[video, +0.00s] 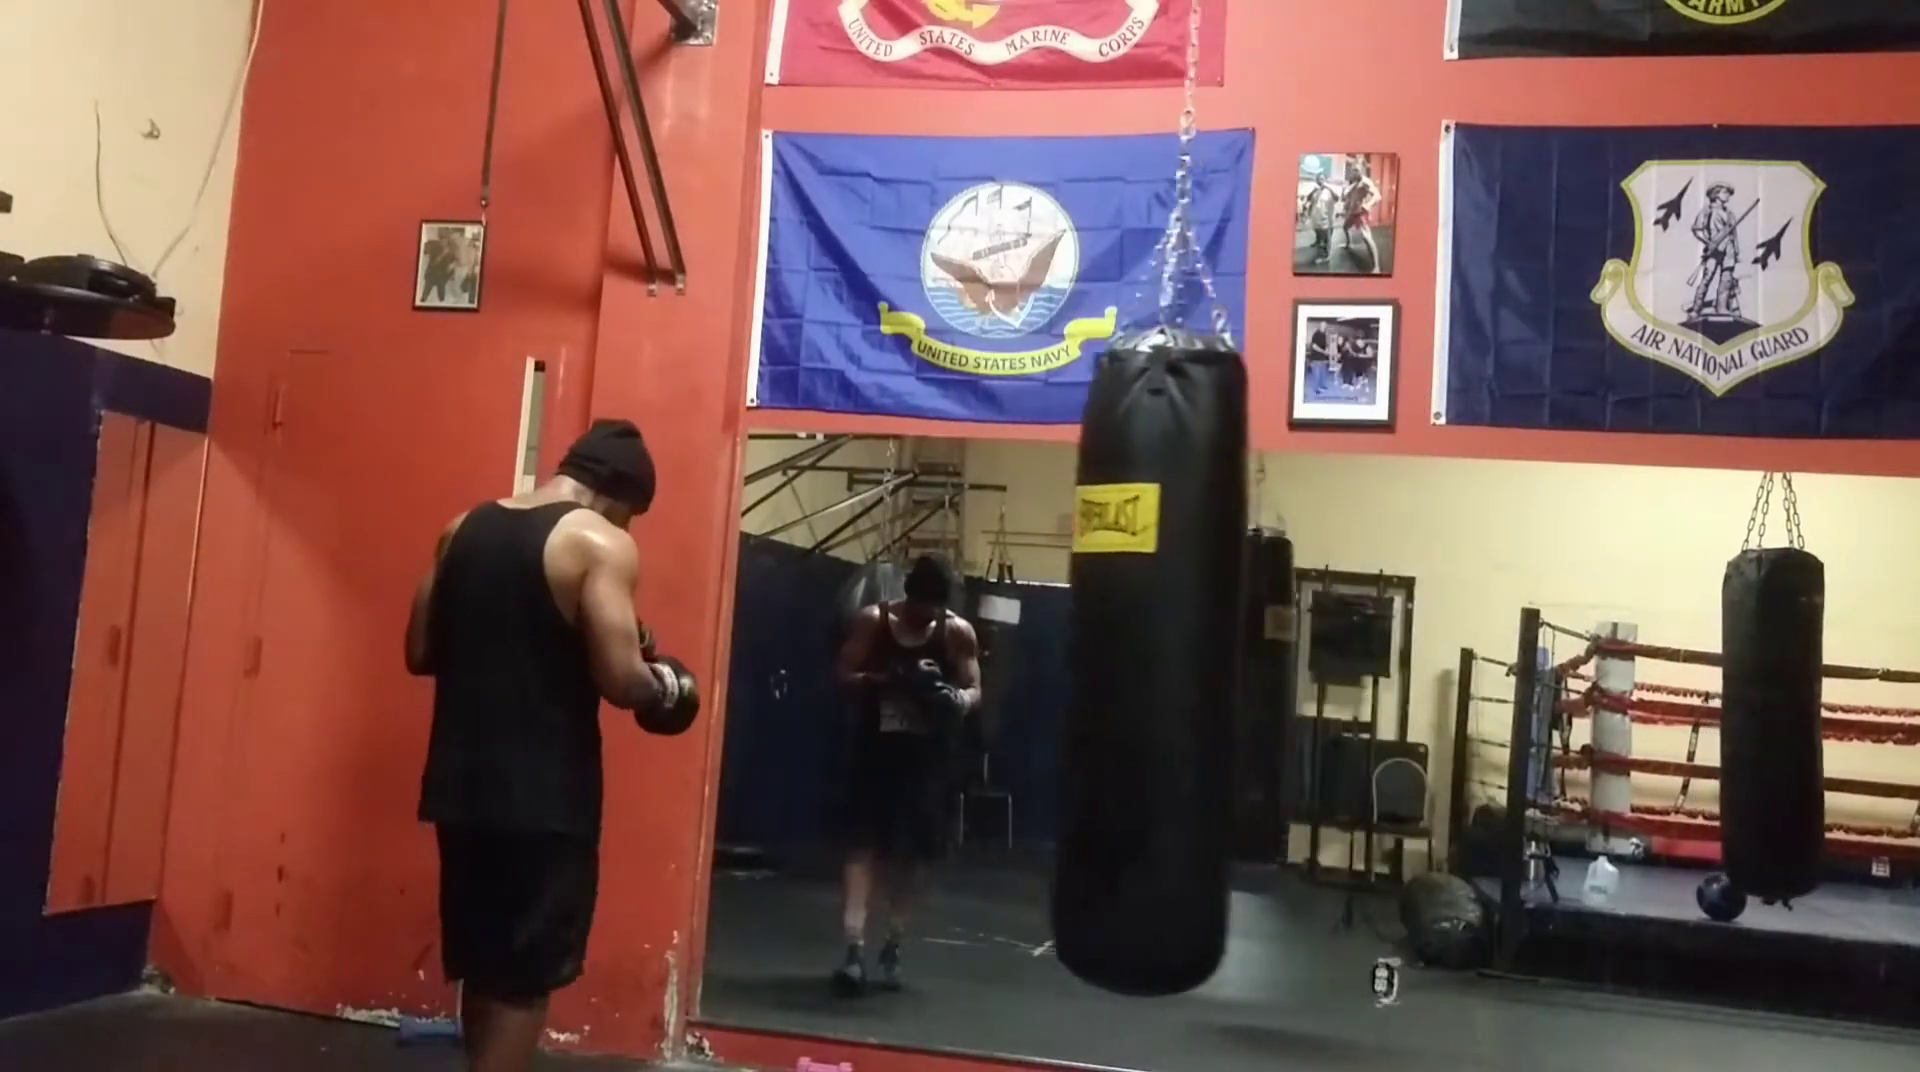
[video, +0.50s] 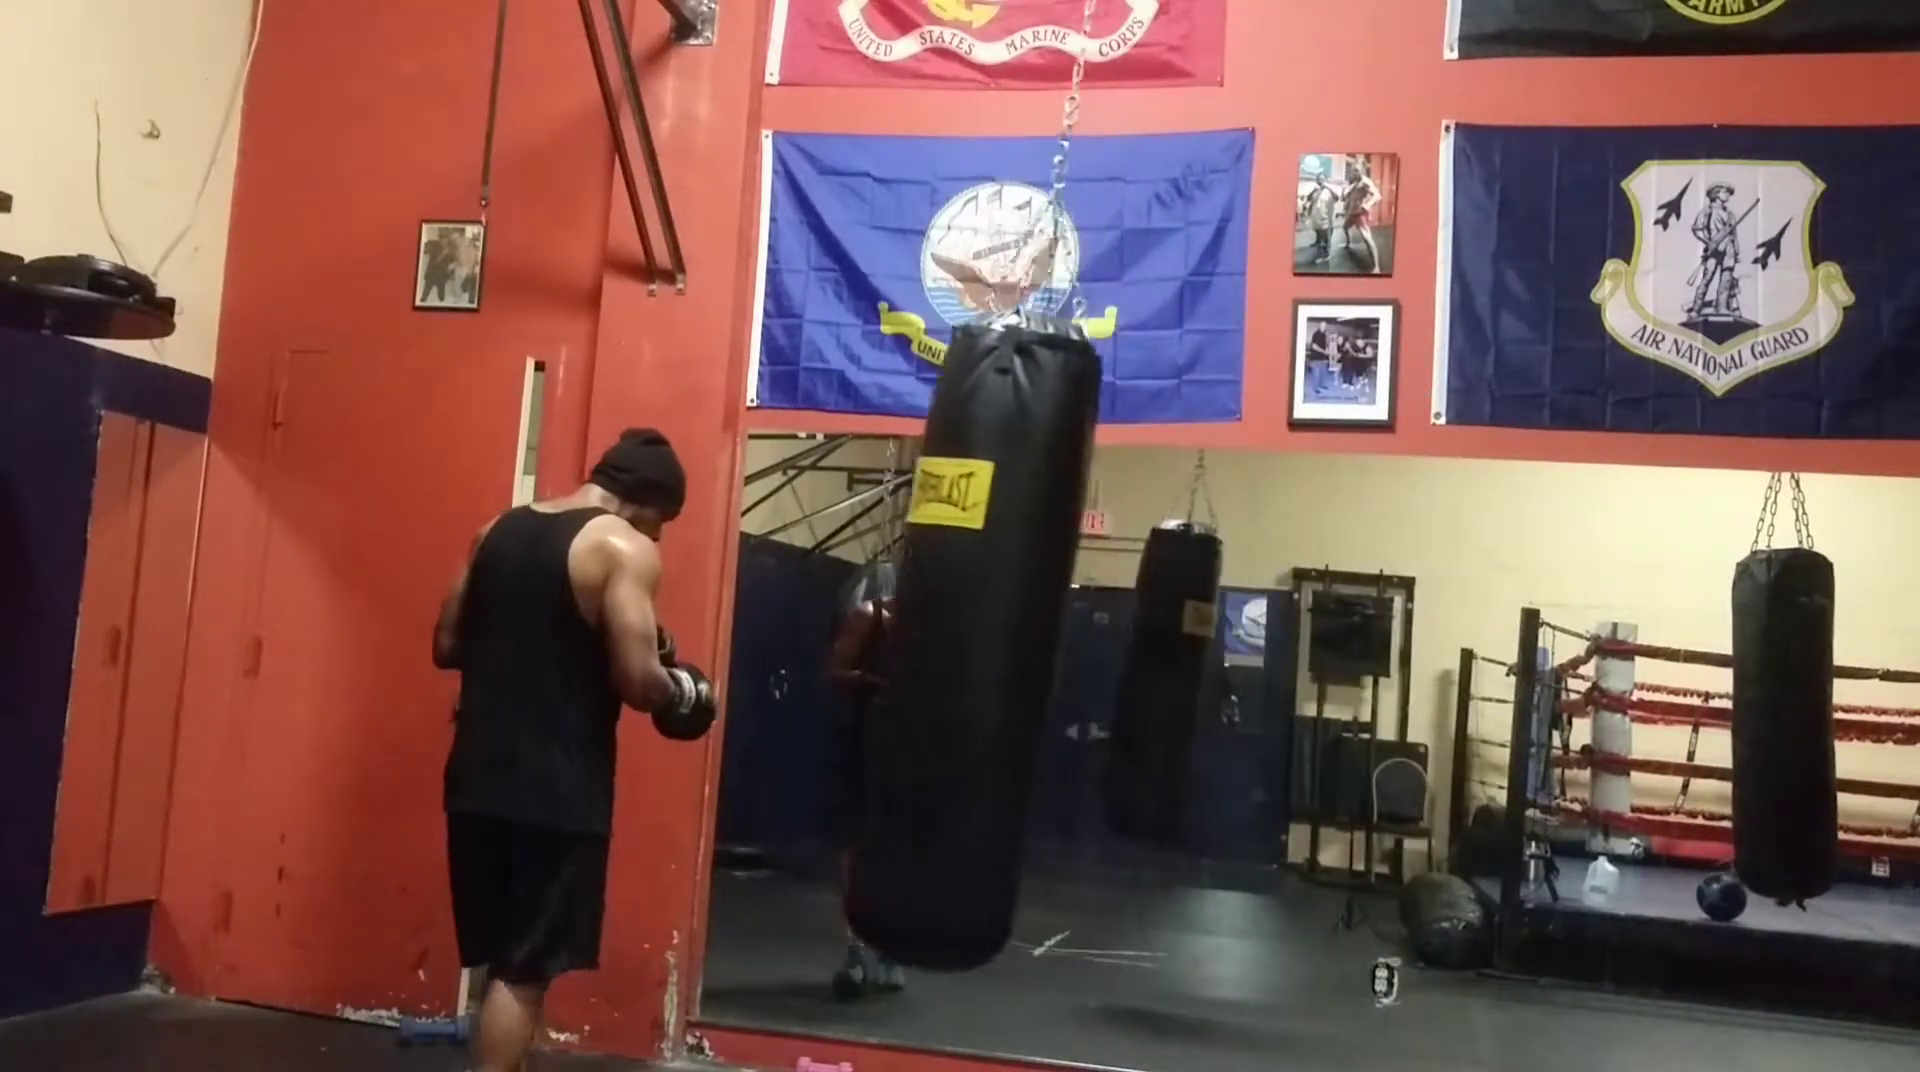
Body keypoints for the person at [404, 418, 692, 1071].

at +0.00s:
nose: (624, 526)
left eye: (629, 514)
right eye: (629, 513)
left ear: (567, 471)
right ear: (620, 492)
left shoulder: (467, 526)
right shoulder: (602, 542)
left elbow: (421, 654)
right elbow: (620, 678)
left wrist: (507, 635)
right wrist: (660, 684)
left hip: (464, 793)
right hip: (546, 802)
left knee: (481, 976)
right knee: (522, 987)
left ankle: (485, 1064)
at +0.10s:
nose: (628, 530)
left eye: (633, 518)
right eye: (631, 517)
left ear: (566, 478)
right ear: (621, 498)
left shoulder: (471, 536)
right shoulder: (603, 548)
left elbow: (427, 661)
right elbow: (623, 682)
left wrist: (516, 637)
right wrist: (666, 688)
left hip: (466, 798)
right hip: (552, 807)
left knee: (490, 974)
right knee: (538, 989)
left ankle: (493, 1062)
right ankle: (502, 1063)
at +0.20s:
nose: (633, 534)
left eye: (639, 522)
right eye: (637, 521)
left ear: (574, 481)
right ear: (626, 500)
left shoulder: (478, 537)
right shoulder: (609, 551)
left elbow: (434, 664)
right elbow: (629, 685)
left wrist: (523, 642)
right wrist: (669, 692)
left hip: (471, 795)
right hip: (553, 805)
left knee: (494, 972)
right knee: (534, 987)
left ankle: (497, 1064)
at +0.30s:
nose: (642, 531)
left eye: (647, 519)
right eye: (646, 518)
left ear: (586, 478)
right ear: (633, 497)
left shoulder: (487, 529)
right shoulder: (615, 547)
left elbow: (438, 655)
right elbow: (632, 678)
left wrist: (526, 637)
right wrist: (670, 692)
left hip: (470, 780)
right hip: (551, 792)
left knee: (498, 958)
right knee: (528, 972)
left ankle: (497, 1058)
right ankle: (497, 1065)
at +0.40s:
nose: (649, 531)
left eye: (655, 519)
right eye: (654, 517)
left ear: (595, 476)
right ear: (642, 496)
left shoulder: (496, 524)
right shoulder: (621, 544)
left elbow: (442, 647)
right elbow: (632, 674)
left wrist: (528, 636)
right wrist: (673, 691)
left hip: (474, 778)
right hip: (554, 791)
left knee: (499, 964)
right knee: (514, 970)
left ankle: (504, 1061)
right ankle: (491, 1066)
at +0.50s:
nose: (655, 533)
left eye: (661, 521)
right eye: (660, 519)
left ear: (601, 478)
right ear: (648, 498)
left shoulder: (504, 526)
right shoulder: (626, 547)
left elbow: (447, 647)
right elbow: (637, 676)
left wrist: (535, 639)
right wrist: (677, 692)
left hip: (479, 777)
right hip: (558, 791)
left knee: (500, 966)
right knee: (521, 975)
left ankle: (511, 1060)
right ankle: (493, 1066)